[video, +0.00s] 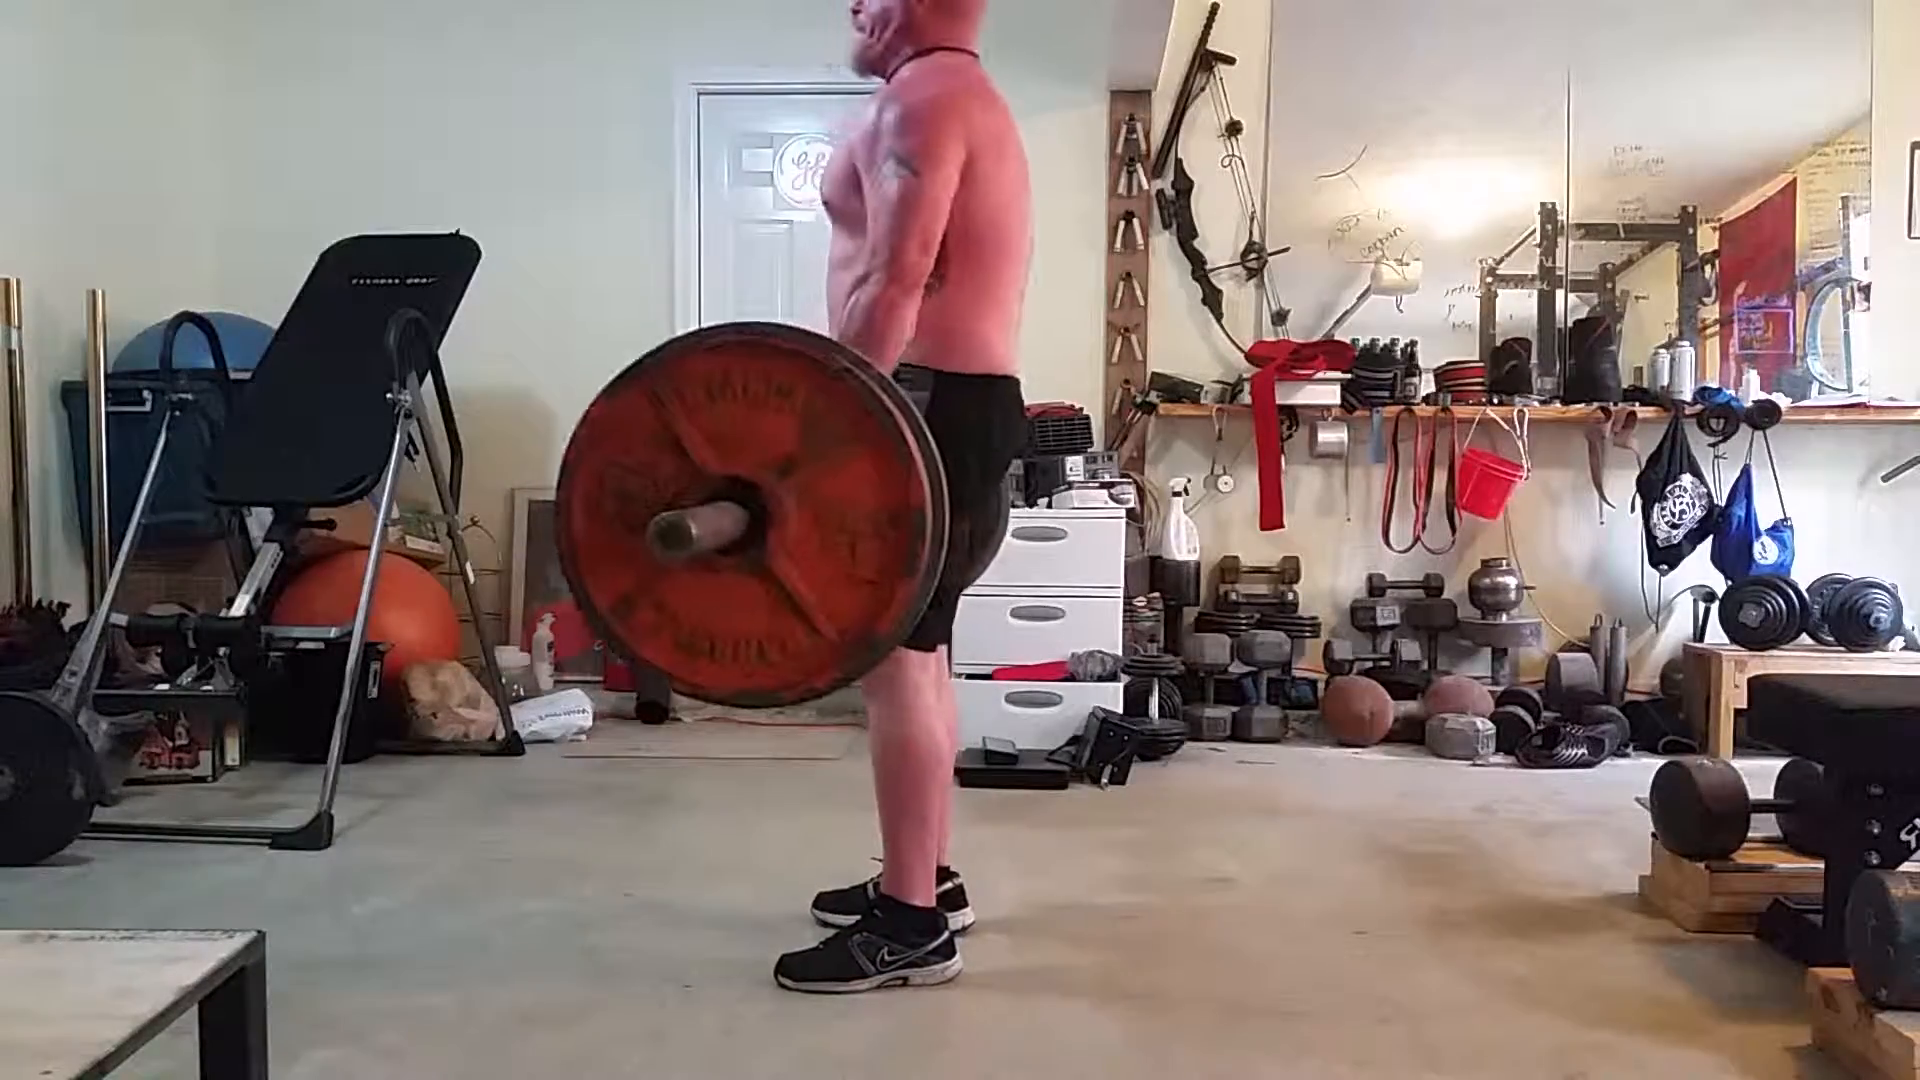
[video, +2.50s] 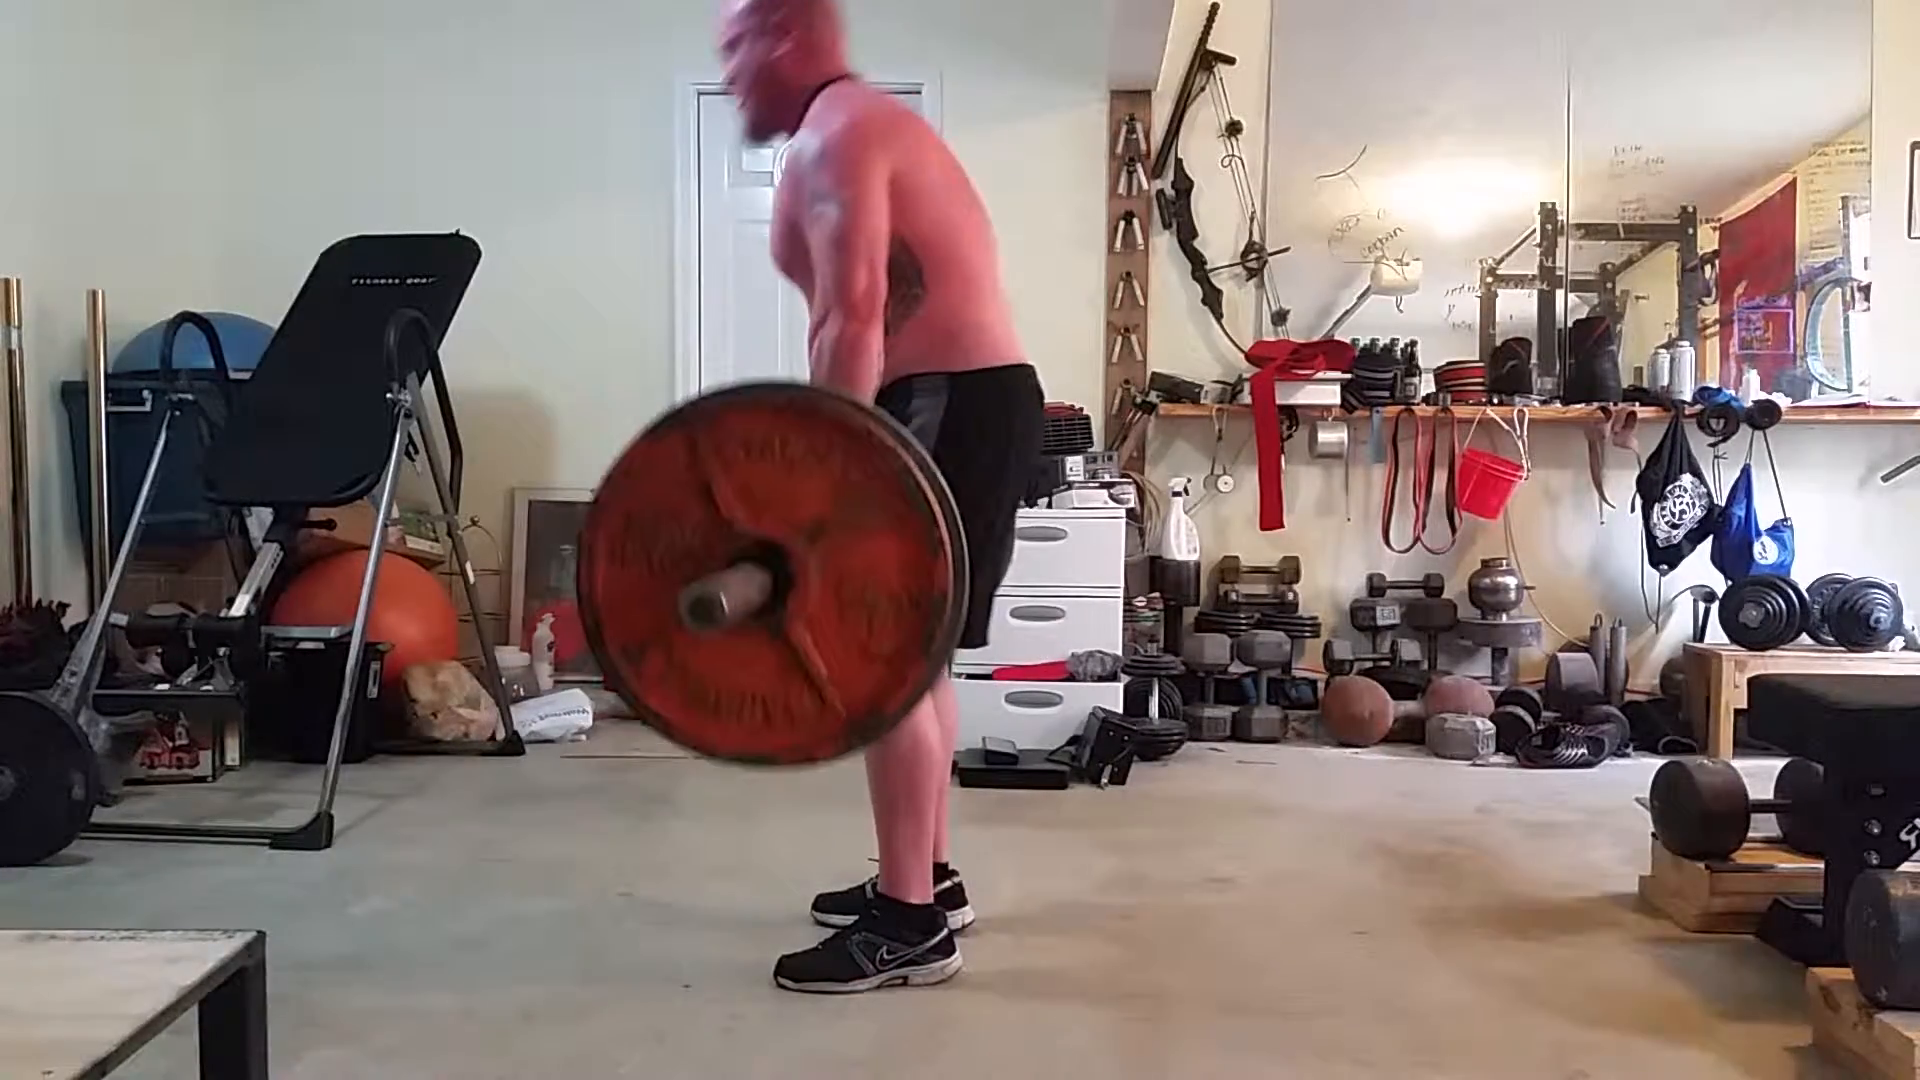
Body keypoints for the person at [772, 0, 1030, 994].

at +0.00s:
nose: (855, 11)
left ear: (913, 8)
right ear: (938, 15)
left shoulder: (928, 90)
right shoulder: (955, 94)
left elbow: (898, 280)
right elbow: (871, 283)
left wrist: (822, 428)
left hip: (933, 404)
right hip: (959, 404)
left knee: (896, 653)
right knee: (915, 650)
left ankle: (909, 919)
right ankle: (925, 880)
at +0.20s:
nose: (771, 35)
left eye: (786, 14)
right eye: (775, 17)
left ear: (838, 17)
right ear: (861, 23)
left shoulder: (864, 116)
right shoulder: (903, 110)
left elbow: (862, 302)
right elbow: (888, 302)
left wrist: (817, 468)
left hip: (933, 406)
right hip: (963, 406)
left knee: (888, 645)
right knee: (910, 644)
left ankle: (906, 919)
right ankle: (923, 876)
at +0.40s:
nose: (678, 155)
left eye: (682, 128)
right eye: (672, 135)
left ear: (734, 102)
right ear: (747, 105)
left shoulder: (800, 179)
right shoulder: (818, 169)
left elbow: (831, 358)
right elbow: (847, 356)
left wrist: (812, 532)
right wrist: (811, 529)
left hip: (958, 403)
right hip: (968, 399)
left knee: (909, 647)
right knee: (920, 645)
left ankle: (910, 912)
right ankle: (918, 876)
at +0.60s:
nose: (652, 268)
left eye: (647, 243)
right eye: (642, 253)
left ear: (684, 198)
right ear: (692, 196)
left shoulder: (769, 259)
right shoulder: (778, 258)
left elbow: (820, 442)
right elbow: (826, 452)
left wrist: (812, 612)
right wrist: (824, 607)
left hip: (985, 416)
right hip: (955, 425)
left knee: (909, 671)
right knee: (913, 664)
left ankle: (908, 916)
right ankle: (923, 878)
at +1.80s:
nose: (696, 137)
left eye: (709, 113)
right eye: (696, 118)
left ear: (767, 106)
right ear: (778, 112)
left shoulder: (816, 187)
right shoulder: (819, 191)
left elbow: (841, 372)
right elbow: (829, 378)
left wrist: (817, 541)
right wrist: (821, 537)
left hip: (988, 407)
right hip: (961, 409)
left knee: (920, 648)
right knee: (914, 642)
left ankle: (912, 915)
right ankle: (919, 879)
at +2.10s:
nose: (797, 9)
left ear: (850, 4)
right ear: (887, 11)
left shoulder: (881, 87)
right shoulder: (897, 91)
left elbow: (878, 271)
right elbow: (858, 280)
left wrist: (818, 429)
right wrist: (799, 425)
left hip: (930, 398)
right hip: (943, 395)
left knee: (913, 651)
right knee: (917, 648)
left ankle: (914, 918)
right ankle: (922, 881)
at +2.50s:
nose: (723, 76)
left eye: (733, 49)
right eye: (724, 55)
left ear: (787, 40)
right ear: (802, 45)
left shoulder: (843, 134)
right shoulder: (843, 134)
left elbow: (852, 318)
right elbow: (851, 323)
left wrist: (819, 481)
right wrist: (807, 478)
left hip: (952, 403)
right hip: (948, 403)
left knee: (896, 650)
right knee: (909, 648)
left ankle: (908, 919)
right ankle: (924, 878)